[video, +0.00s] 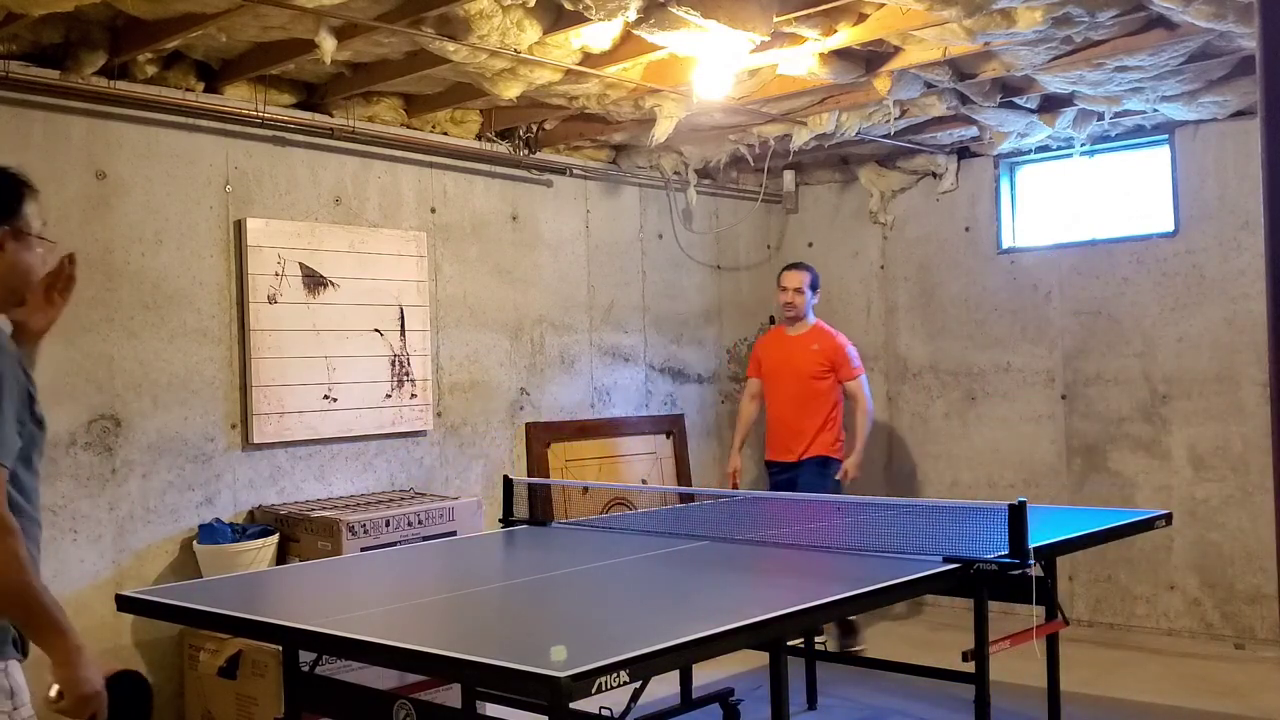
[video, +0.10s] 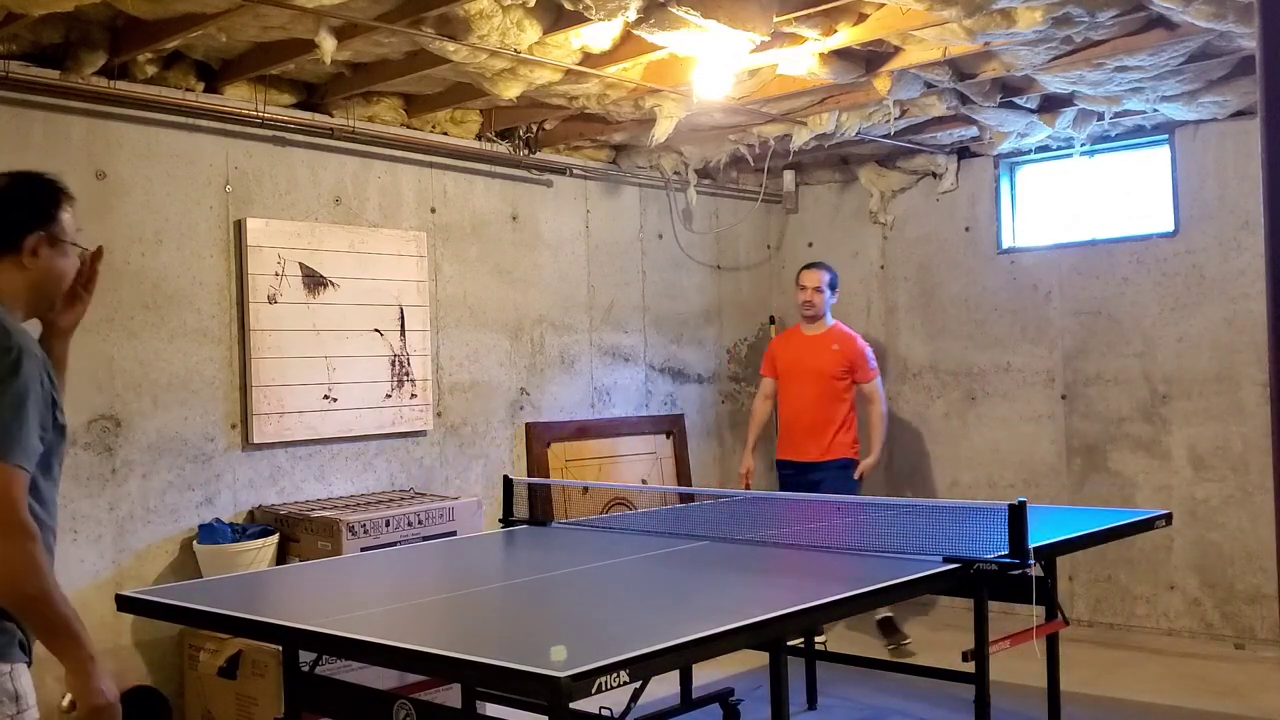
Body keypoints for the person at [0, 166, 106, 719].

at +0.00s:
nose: (45, 256)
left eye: (40, 239)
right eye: (34, 237)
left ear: (6, 241)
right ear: (4, 241)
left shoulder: (10, 347)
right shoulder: (5, 350)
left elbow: (9, 440)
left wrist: (27, 338)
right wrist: (67, 651)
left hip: (9, 651)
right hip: (2, 657)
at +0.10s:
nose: (78, 262)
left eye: (76, 247)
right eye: (71, 245)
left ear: (31, 246)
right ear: (35, 248)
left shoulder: (16, 344)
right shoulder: (17, 353)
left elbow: (36, 445)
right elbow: (9, 534)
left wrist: (57, 337)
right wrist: (82, 663)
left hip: (8, 646)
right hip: (4, 653)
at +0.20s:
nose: (102, 270)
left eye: (102, 255)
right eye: (97, 254)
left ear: (51, 254)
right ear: (58, 255)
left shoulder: (18, 339)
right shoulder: (26, 354)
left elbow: (56, 439)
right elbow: (17, 536)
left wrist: (77, 337)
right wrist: (93, 668)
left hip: (9, 648)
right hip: (6, 656)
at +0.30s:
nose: (114, 277)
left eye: (116, 260)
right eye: (111, 259)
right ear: (74, 258)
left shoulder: (15, 334)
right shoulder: (34, 354)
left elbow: (70, 436)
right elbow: (22, 538)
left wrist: (92, 336)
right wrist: (98, 672)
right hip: (8, 656)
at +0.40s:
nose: (123, 275)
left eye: (124, 260)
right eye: (119, 259)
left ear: (20, 252)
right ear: (81, 260)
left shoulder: (13, 329)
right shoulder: (40, 355)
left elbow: (73, 438)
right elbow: (22, 535)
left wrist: (102, 342)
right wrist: (103, 673)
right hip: (9, 658)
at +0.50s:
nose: (125, 277)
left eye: (126, 263)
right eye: (121, 261)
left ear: (24, 257)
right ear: (82, 265)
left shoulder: (16, 330)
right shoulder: (45, 357)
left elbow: (66, 447)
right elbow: (24, 539)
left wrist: (107, 361)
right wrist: (108, 665)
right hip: (10, 652)